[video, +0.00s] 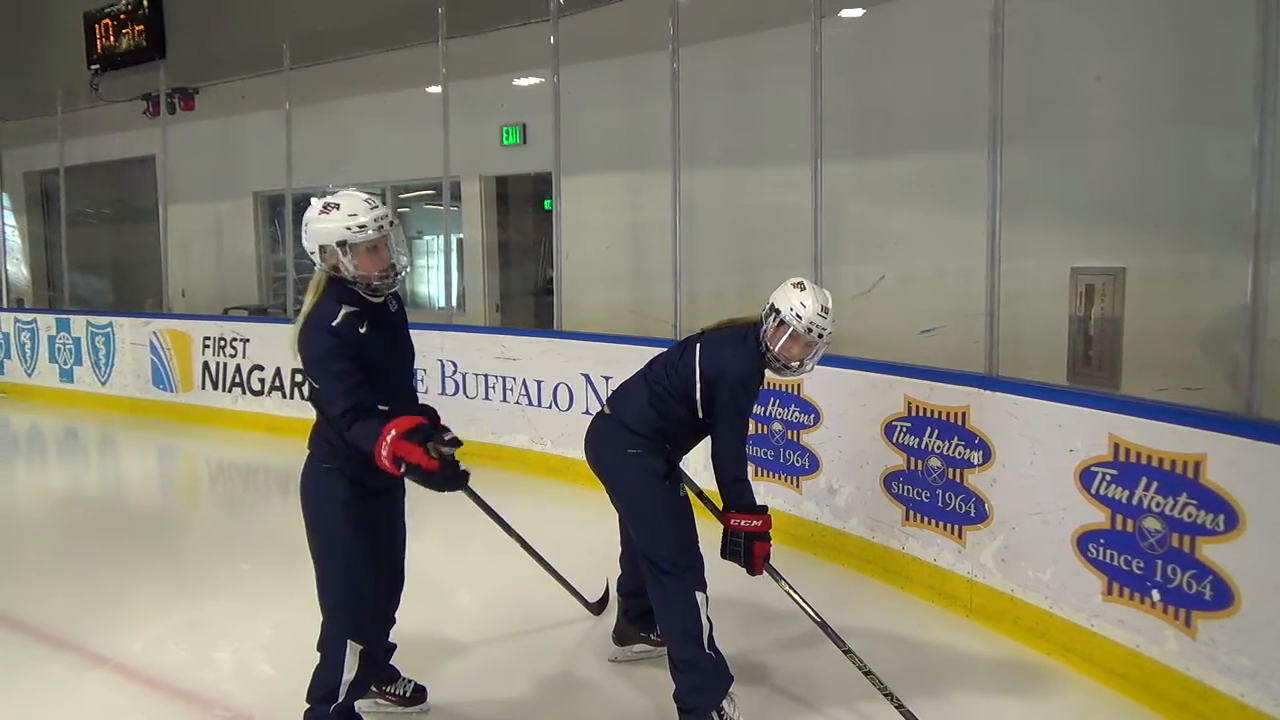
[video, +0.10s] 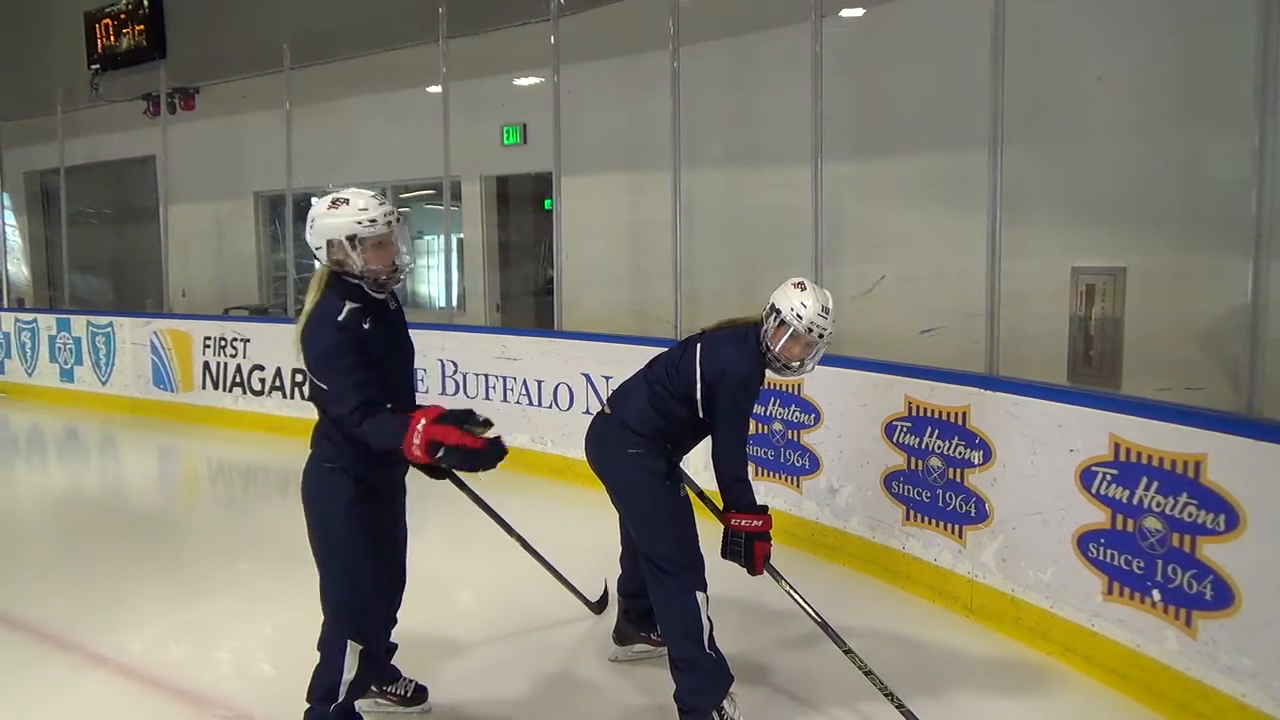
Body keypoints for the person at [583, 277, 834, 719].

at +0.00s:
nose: (790, 349)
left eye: (804, 343)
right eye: (786, 334)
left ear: (817, 347)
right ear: (770, 322)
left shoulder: (741, 341)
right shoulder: (740, 365)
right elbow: (728, 450)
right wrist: (746, 517)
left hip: (619, 435)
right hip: (634, 446)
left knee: (644, 534)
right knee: (678, 569)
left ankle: (635, 625)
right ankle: (703, 703)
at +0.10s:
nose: (790, 348)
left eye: (803, 342)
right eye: (786, 334)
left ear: (817, 346)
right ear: (770, 321)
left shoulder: (741, 343)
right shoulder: (740, 364)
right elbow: (729, 450)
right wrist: (746, 517)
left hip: (619, 435)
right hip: (634, 446)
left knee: (644, 535)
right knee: (679, 569)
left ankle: (636, 624)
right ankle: (704, 703)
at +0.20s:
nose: (792, 349)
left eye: (805, 342)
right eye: (788, 334)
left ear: (818, 346)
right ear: (771, 322)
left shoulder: (741, 341)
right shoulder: (741, 365)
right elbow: (729, 450)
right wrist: (746, 517)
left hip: (618, 435)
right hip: (636, 447)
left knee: (644, 534)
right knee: (680, 570)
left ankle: (636, 624)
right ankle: (704, 703)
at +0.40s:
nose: (794, 350)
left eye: (807, 343)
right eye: (790, 335)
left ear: (819, 346)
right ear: (772, 323)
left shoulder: (743, 341)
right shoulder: (741, 364)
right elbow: (730, 450)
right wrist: (747, 517)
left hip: (619, 435)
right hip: (635, 447)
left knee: (645, 534)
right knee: (680, 569)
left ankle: (637, 624)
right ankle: (704, 703)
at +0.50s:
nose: (793, 349)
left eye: (806, 343)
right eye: (789, 335)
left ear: (819, 347)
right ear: (772, 322)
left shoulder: (742, 341)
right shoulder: (742, 364)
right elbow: (730, 449)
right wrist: (747, 517)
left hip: (619, 436)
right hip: (636, 447)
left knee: (645, 536)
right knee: (679, 569)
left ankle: (637, 625)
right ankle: (704, 704)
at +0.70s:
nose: (793, 349)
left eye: (806, 343)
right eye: (789, 335)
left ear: (819, 347)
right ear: (772, 322)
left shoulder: (743, 340)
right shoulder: (743, 365)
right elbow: (730, 450)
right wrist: (748, 518)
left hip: (619, 435)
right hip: (636, 446)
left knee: (644, 536)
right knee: (680, 570)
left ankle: (637, 625)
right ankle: (704, 704)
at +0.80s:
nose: (795, 350)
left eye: (807, 344)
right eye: (791, 335)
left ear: (820, 347)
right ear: (773, 322)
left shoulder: (743, 341)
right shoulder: (743, 365)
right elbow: (731, 451)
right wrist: (749, 519)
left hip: (619, 435)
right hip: (636, 446)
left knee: (645, 535)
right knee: (680, 570)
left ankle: (637, 624)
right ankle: (704, 704)